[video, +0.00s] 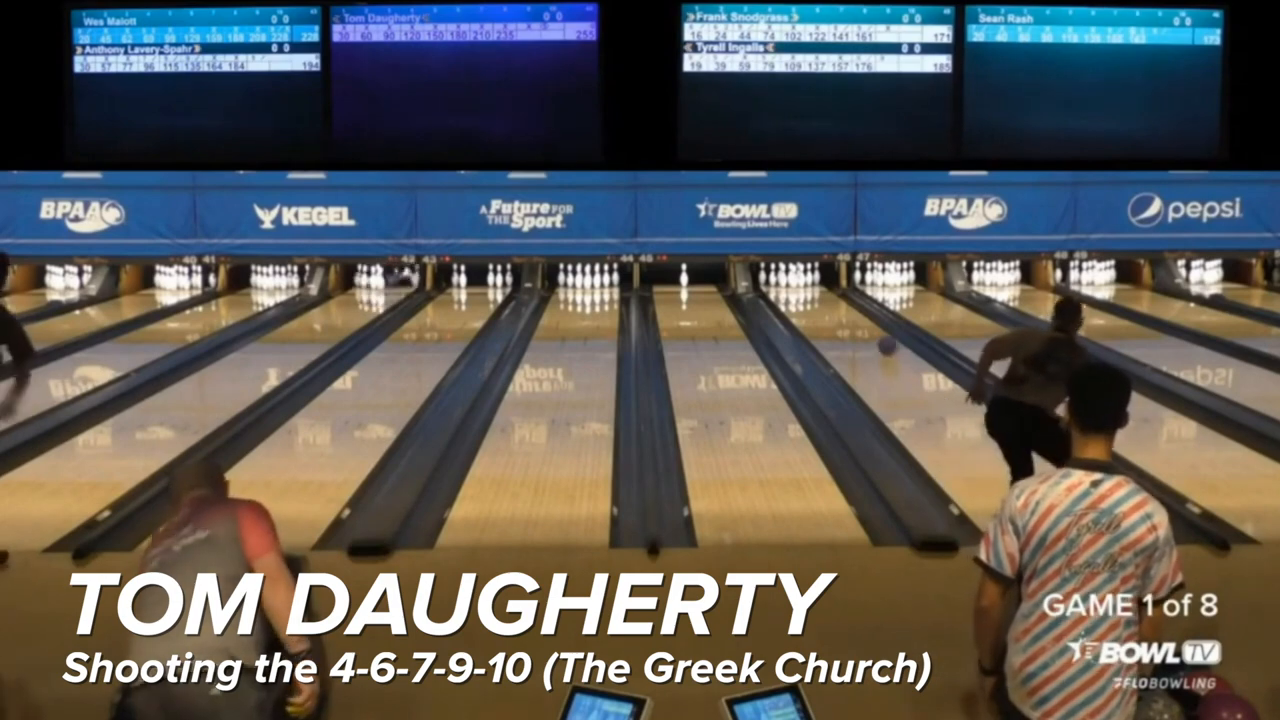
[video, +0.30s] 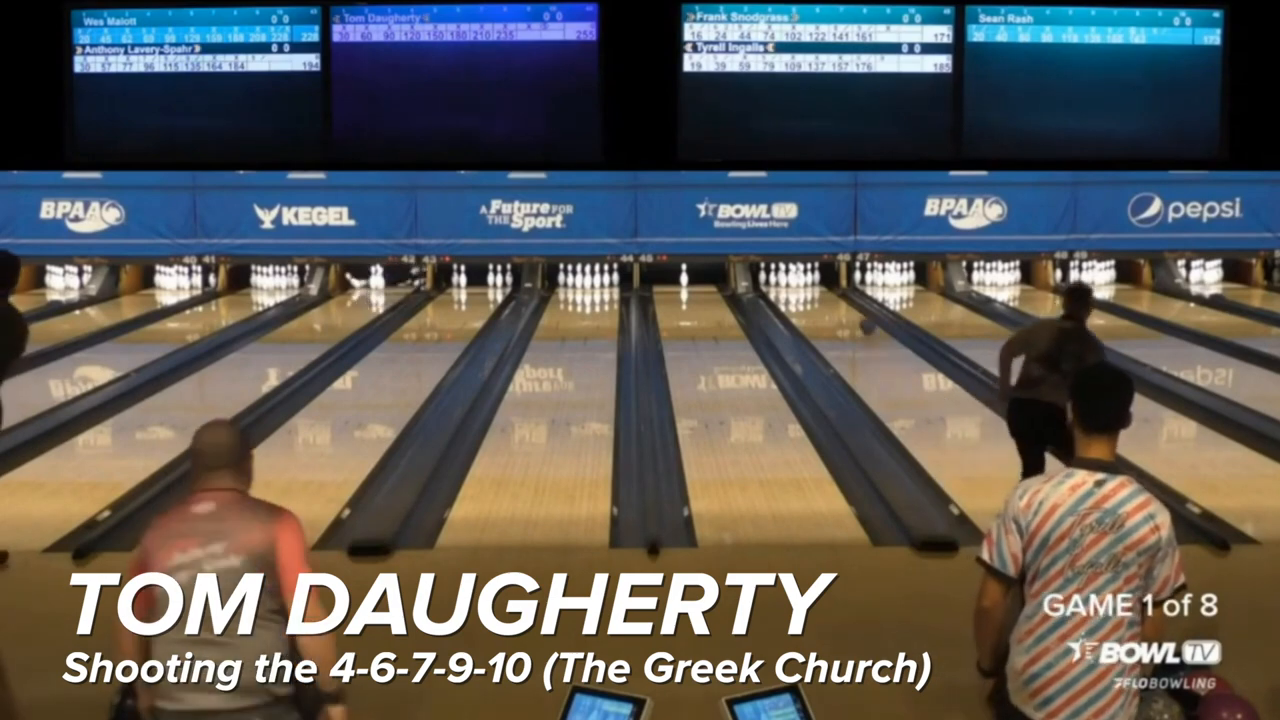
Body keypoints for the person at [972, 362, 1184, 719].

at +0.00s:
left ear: (1067, 414)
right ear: (1123, 422)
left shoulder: (1028, 498)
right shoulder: (1150, 514)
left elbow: (989, 600)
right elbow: (1151, 614)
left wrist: (987, 668)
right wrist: (1139, 676)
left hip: (1030, 686)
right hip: (1107, 695)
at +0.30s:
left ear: (1070, 415)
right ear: (1127, 421)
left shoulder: (1032, 497)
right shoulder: (1153, 514)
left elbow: (991, 601)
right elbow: (1154, 615)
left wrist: (987, 665)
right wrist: (1137, 673)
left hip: (1032, 686)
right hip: (1109, 696)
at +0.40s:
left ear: (1070, 415)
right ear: (1126, 423)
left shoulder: (1031, 497)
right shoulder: (1152, 514)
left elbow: (991, 600)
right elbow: (1154, 614)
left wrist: (988, 667)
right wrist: (1137, 673)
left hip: (1032, 685)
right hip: (1109, 694)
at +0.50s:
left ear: (1069, 416)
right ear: (1125, 423)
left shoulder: (1029, 497)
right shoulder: (1151, 514)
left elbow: (992, 601)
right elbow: (1153, 616)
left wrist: (988, 669)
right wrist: (1137, 675)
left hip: (1032, 687)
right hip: (1108, 694)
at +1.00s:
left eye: (1026, 407)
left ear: (1028, 414)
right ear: (1082, 416)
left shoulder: (999, 501)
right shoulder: (1117, 502)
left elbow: (971, 607)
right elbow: (1129, 595)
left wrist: (971, 682)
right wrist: (1129, 656)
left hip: (1023, 687)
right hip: (1094, 686)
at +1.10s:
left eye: (1016, 408)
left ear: (1018, 415)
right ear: (1071, 415)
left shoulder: (993, 502)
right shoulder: (1109, 500)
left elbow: (968, 606)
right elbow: (1123, 580)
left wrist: (969, 685)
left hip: (1023, 682)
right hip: (1093, 681)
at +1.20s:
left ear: (1014, 414)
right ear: (1066, 412)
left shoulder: (989, 503)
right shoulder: (1104, 498)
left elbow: (966, 612)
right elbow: (1122, 578)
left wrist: (970, 689)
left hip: (1023, 679)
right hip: (1093, 678)